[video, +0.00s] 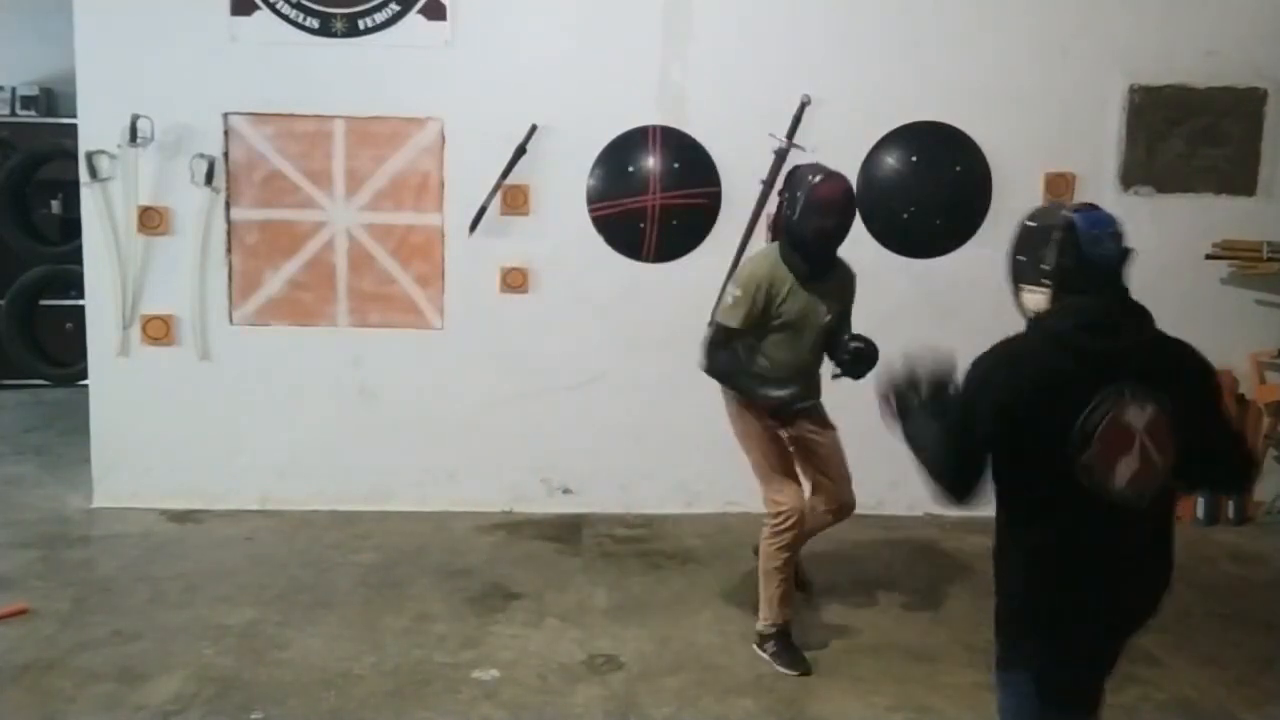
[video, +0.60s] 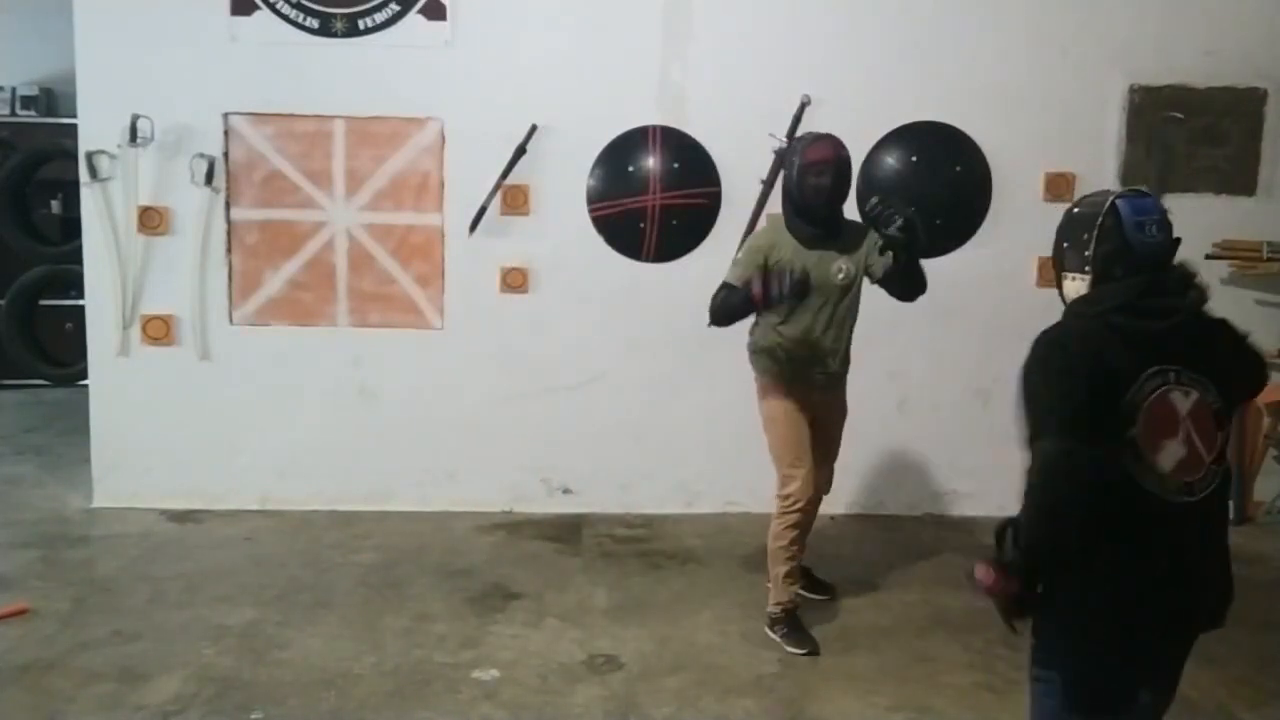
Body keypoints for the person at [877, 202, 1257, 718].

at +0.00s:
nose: (1019, 275)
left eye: (1026, 264)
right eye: (1024, 262)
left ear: (1041, 275)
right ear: (1111, 272)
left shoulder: (1008, 367)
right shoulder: (1178, 363)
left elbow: (957, 476)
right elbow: (1228, 470)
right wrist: (1152, 452)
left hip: (1040, 588)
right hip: (1135, 583)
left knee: (1029, 702)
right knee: (1077, 699)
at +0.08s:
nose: (1033, 284)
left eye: (1039, 272)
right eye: (1037, 270)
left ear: (1054, 277)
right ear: (1133, 279)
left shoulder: (1012, 367)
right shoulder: (1187, 367)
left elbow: (923, 440)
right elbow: (1250, 475)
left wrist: (916, 353)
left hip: (1043, 614)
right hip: (1143, 608)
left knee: (1031, 707)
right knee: (1093, 704)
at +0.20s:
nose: (1041, 269)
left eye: (1048, 256)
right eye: (1045, 256)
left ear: (1067, 264)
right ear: (1145, 265)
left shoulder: (1023, 349)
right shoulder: (1202, 354)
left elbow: (927, 412)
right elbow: (1267, 426)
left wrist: (928, 332)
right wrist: (1264, 327)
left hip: (1050, 603)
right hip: (1156, 600)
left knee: (1041, 704)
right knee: (1113, 704)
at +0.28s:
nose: (1041, 266)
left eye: (1049, 252)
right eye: (1047, 250)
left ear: (1071, 261)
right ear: (1151, 260)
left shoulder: (1029, 346)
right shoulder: (1209, 345)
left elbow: (906, 409)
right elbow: (1270, 382)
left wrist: (946, 347)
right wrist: (1254, 285)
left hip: (1058, 610)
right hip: (1164, 609)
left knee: (1049, 705)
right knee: (1130, 708)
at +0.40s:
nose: (1056, 266)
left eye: (1063, 253)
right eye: (1061, 252)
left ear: (1081, 261)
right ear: (1159, 261)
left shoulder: (1043, 348)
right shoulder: (1216, 340)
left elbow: (927, 410)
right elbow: (1272, 354)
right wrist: (1227, 273)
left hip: (1072, 601)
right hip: (1179, 600)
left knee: (1065, 704)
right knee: (1146, 706)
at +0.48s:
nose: (1063, 272)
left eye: (1070, 259)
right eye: (1066, 258)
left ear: (1094, 261)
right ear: (1168, 256)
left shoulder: (1063, 347)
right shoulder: (1224, 330)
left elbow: (970, 449)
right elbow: (1271, 350)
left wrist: (1007, 565)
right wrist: (1212, 284)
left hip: (1082, 598)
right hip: (1183, 596)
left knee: (1066, 704)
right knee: (1147, 706)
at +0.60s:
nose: (1062, 268)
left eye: (1068, 254)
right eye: (1066, 253)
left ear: (1091, 259)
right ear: (1158, 254)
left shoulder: (1066, 347)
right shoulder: (1213, 339)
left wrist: (1018, 565)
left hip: (1087, 591)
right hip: (1185, 588)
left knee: (1068, 703)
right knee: (1142, 703)